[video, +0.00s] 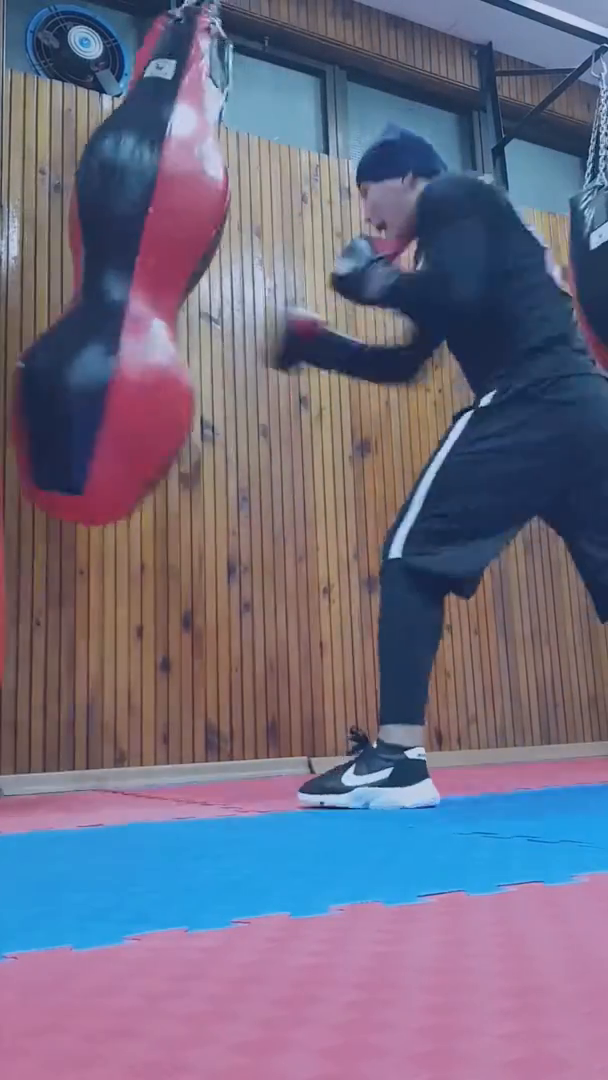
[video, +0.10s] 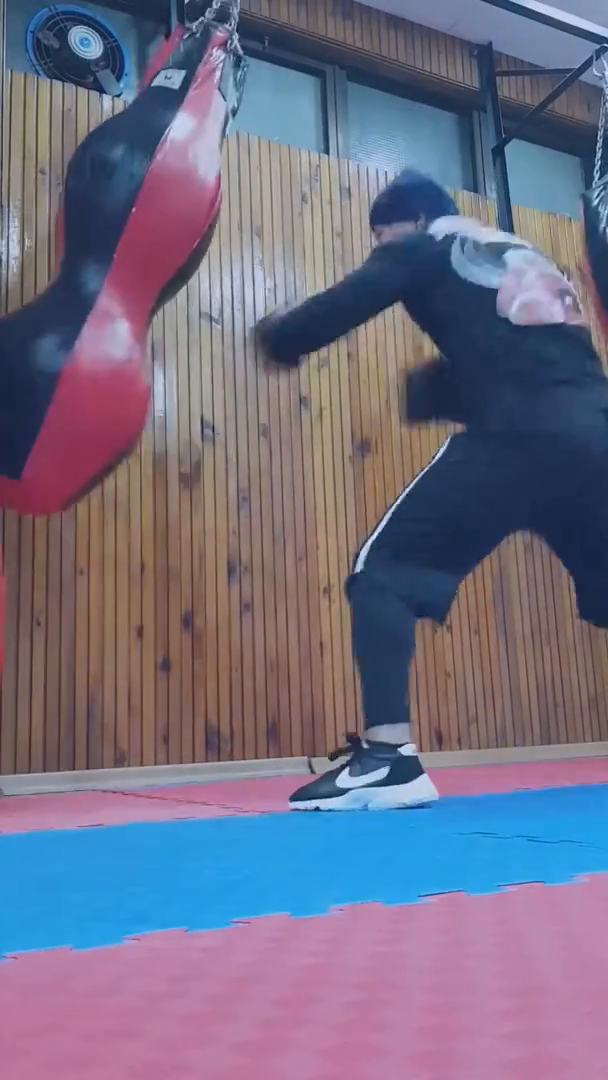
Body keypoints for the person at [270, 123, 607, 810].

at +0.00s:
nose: (369, 216)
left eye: (374, 196)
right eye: (364, 201)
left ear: (411, 179)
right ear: (409, 189)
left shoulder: (452, 193)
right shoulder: (454, 238)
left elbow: (456, 292)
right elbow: (403, 365)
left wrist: (379, 281)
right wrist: (316, 343)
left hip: (529, 407)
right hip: (583, 407)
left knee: (411, 560)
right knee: (602, 582)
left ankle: (397, 754)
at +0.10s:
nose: (381, 247)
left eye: (385, 236)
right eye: (378, 237)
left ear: (410, 224)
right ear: (450, 217)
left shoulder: (415, 250)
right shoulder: (519, 254)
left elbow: (341, 305)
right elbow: (530, 380)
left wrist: (278, 338)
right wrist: (430, 392)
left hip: (511, 436)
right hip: (596, 438)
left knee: (380, 579)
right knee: (606, 604)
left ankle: (388, 752)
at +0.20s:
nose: (363, 257)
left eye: (367, 245)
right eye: (362, 245)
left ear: (396, 239)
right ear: (436, 235)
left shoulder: (393, 272)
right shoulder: (528, 273)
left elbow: (298, 316)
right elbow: (598, 346)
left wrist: (218, 345)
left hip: (505, 455)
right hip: (590, 457)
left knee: (367, 583)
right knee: (598, 616)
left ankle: (382, 750)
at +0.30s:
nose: (307, 213)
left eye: (315, 198)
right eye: (305, 198)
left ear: (351, 188)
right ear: (376, 189)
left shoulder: (381, 224)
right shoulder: (429, 236)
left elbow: (378, 263)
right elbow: (524, 333)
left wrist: (299, 257)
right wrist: (527, 409)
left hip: (477, 418)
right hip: (533, 419)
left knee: (357, 563)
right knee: (580, 593)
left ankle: (373, 752)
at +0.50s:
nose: (242, 167)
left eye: (251, 148)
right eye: (237, 152)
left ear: (296, 138)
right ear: (280, 148)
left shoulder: (378, 163)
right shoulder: (307, 244)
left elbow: (414, 241)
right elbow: (297, 352)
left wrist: (321, 201)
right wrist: (202, 322)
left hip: (460, 373)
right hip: (448, 385)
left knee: (370, 537)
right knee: (459, 575)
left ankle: (395, 752)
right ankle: (563, 733)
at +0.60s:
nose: (223, 185)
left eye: (228, 165)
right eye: (219, 171)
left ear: (269, 154)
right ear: (273, 162)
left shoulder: (326, 187)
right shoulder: (324, 217)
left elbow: (276, 280)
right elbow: (344, 348)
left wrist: (206, 239)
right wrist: (257, 310)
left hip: (421, 401)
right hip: (452, 403)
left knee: (318, 562)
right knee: (462, 590)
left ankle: (390, 750)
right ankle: (569, 733)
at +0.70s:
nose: (188, 153)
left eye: (191, 140)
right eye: (188, 142)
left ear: (213, 131)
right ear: (261, 121)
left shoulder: (233, 170)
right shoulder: (332, 170)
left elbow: (170, 288)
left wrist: (160, 204)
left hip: (364, 384)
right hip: (437, 377)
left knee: (291, 583)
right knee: (458, 563)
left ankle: (385, 753)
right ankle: (548, 722)